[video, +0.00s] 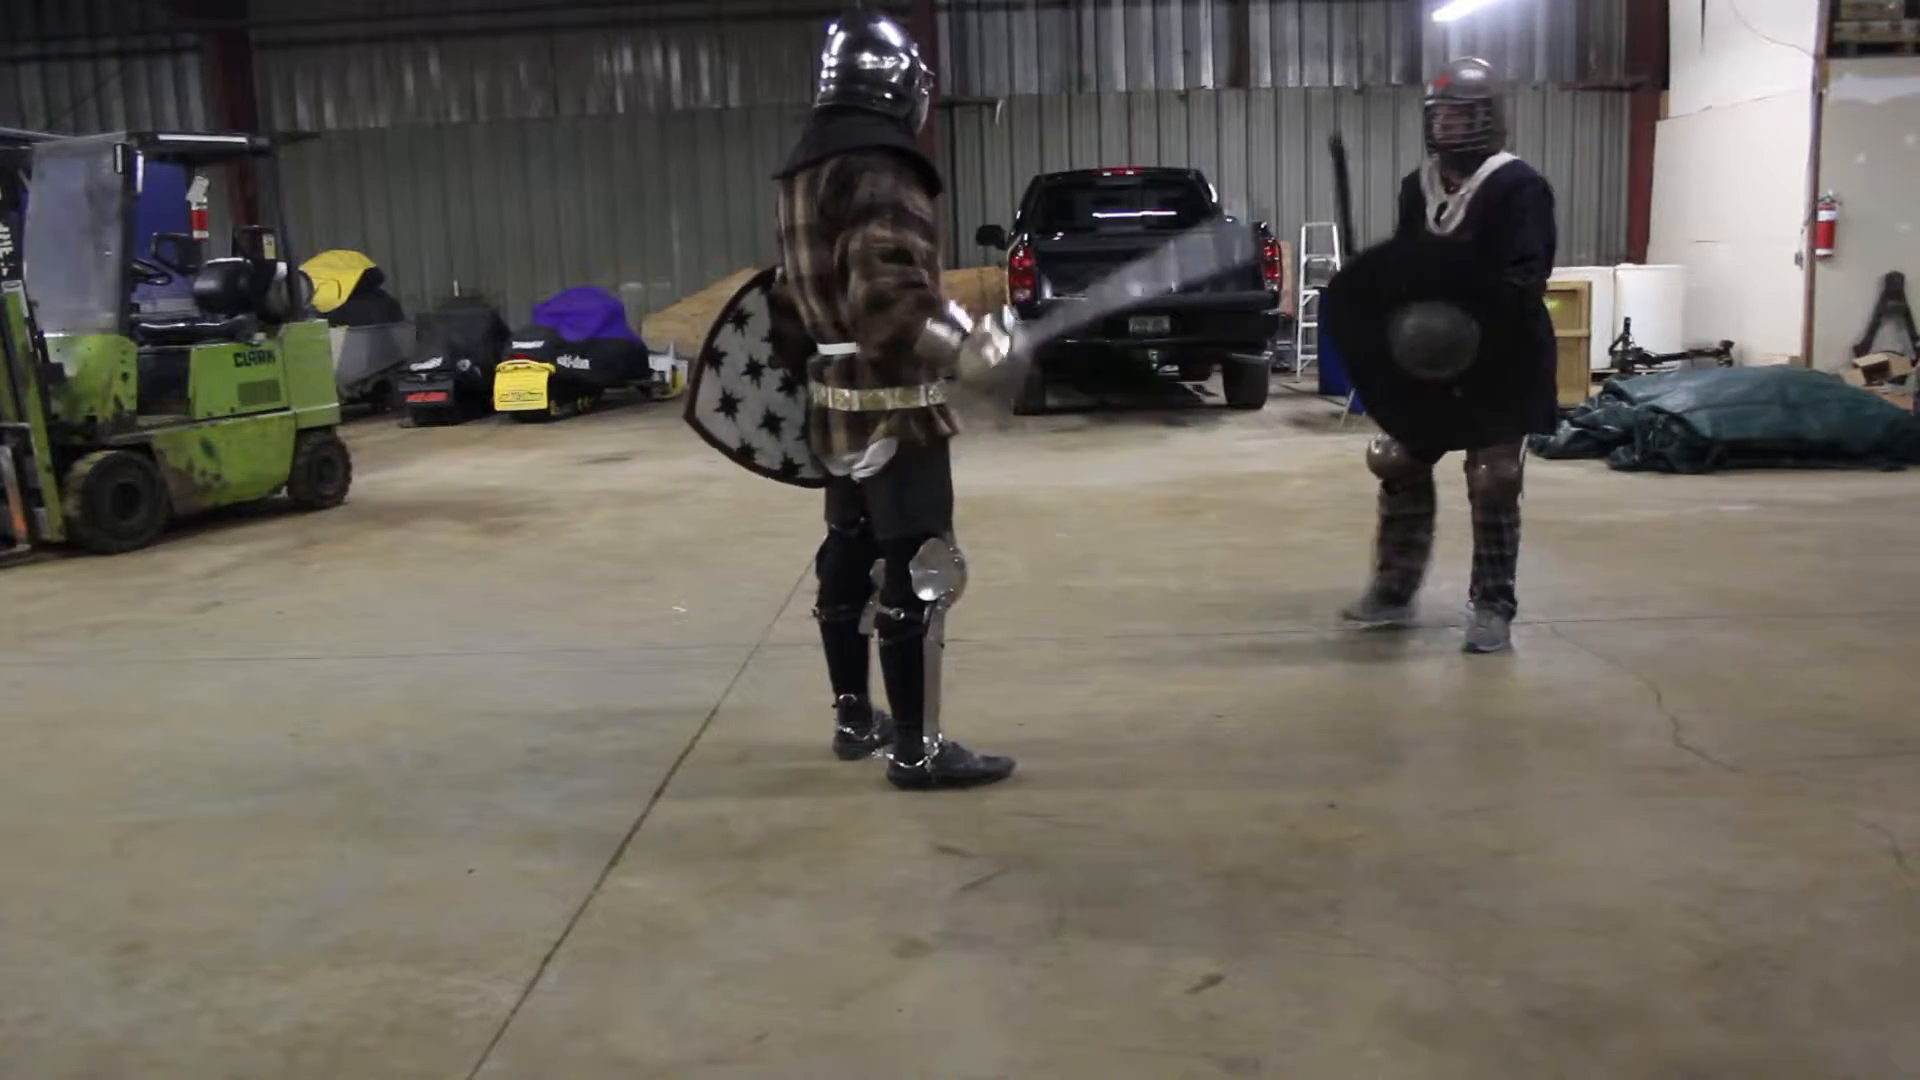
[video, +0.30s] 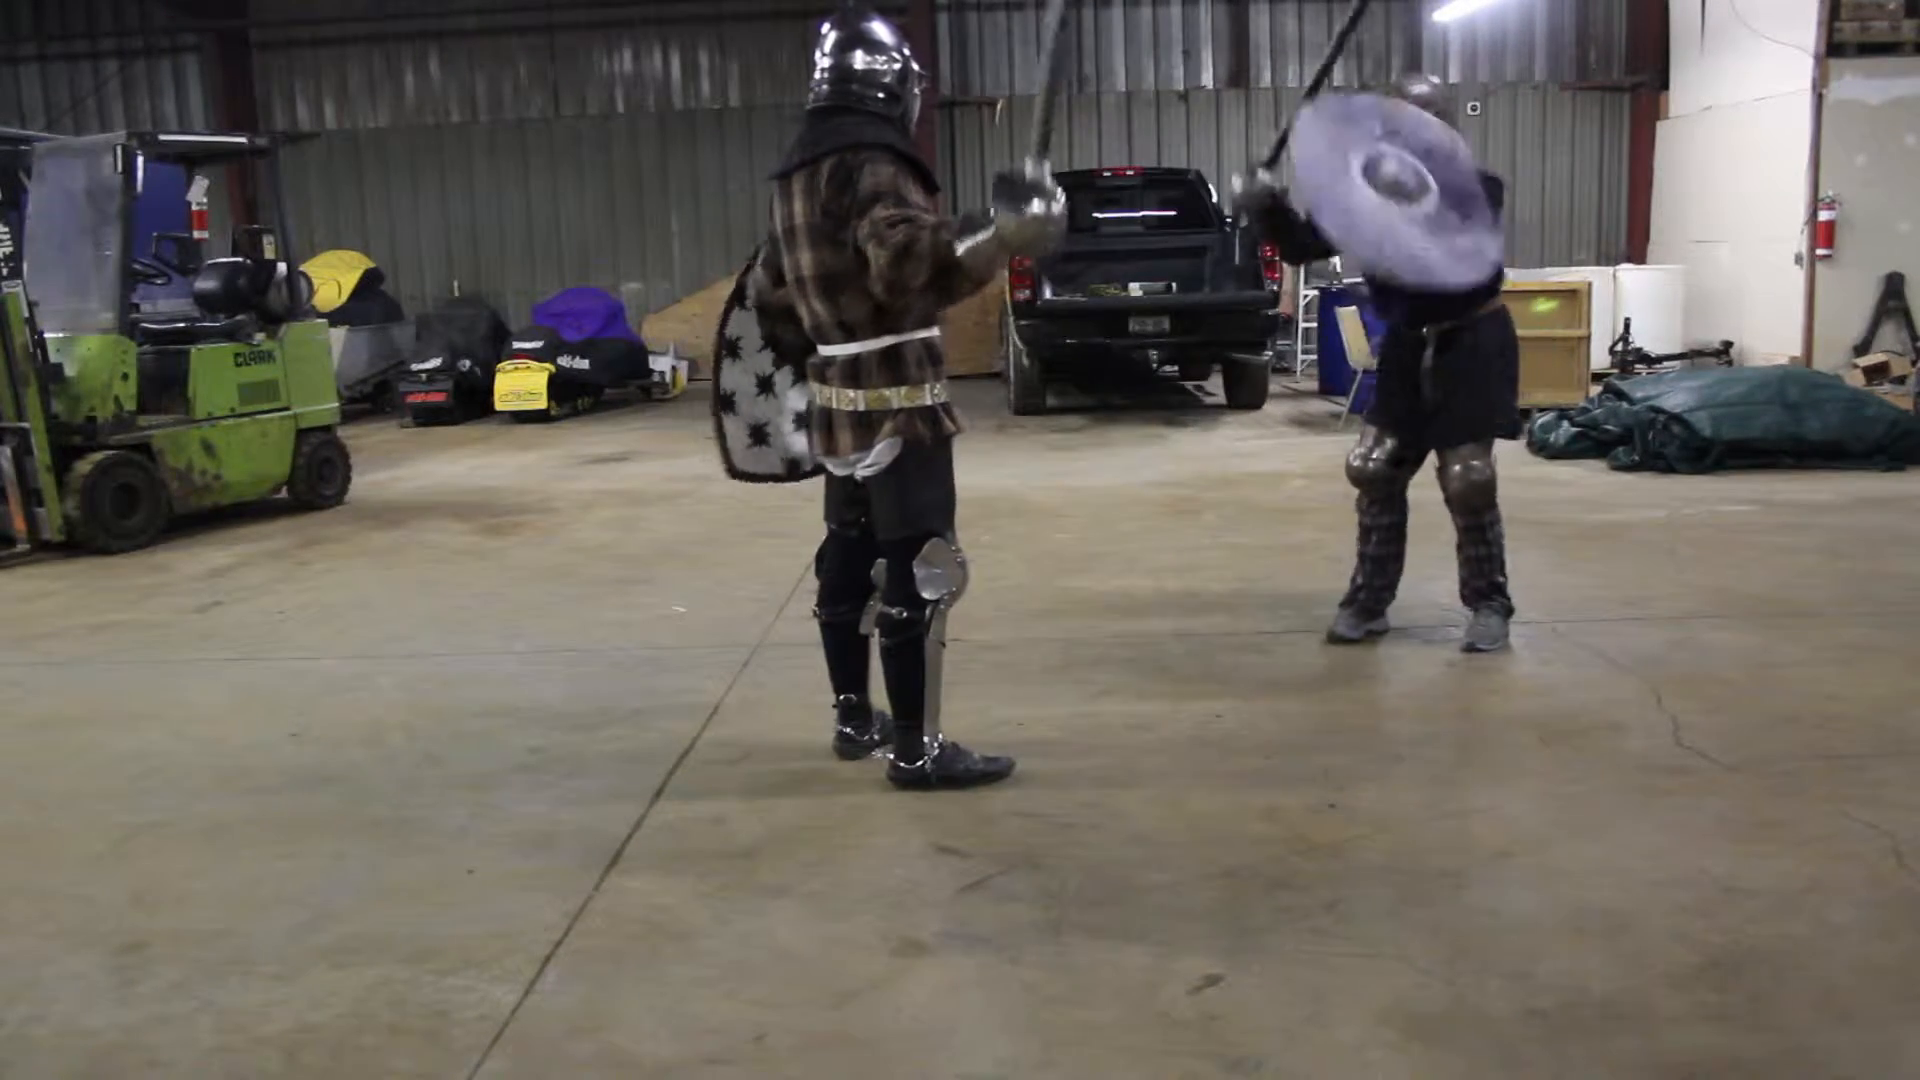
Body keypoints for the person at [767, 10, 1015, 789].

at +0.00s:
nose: (928, 111)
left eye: (926, 95)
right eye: (923, 95)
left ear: (841, 86)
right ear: (900, 92)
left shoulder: (803, 167)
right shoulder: (882, 169)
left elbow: (792, 301)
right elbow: (887, 305)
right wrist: (964, 344)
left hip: (833, 405)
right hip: (893, 406)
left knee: (850, 549)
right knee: (916, 566)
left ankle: (854, 716)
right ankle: (917, 742)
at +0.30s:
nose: (916, 104)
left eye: (913, 89)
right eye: (910, 89)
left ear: (829, 85)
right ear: (888, 89)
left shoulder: (797, 173)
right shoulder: (872, 165)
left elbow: (768, 294)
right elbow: (909, 274)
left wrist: (818, 360)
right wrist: (1004, 238)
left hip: (838, 405)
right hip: (900, 405)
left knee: (848, 552)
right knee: (916, 565)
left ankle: (855, 716)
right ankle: (918, 744)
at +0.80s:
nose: (906, 95)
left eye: (902, 82)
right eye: (900, 82)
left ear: (816, 82)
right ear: (885, 83)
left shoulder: (785, 176)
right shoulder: (876, 166)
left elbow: (765, 267)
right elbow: (946, 203)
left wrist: (817, 326)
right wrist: (1012, 116)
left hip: (840, 403)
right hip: (909, 404)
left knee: (850, 553)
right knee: (921, 567)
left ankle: (855, 716)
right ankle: (919, 745)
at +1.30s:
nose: (905, 92)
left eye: (901, 77)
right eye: (897, 78)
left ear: (811, 84)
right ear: (881, 82)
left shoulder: (790, 180)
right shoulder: (883, 166)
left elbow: (781, 259)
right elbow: (974, 171)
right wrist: (1000, 60)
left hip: (845, 402)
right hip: (912, 403)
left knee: (854, 555)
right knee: (923, 569)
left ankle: (856, 716)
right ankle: (918, 745)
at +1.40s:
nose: (906, 94)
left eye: (908, 79)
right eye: (900, 78)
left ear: (816, 84)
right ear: (880, 83)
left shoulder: (790, 178)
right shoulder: (885, 166)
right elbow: (986, 152)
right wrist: (985, 52)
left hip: (846, 398)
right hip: (911, 399)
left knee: (856, 551)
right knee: (925, 568)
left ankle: (855, 715)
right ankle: (918, 745)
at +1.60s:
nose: (903, 99)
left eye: (904, 84)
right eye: (899, 83)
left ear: (821, 82)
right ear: (882, 86)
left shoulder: (789, 173)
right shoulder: (885, 164)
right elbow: (982, 150)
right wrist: (969, 46)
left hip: (846, 398)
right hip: (912, 398)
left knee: (856, 550)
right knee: (925, 566)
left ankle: (854, 716)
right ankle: (917, 744)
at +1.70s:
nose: (903, 87)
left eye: (900, 68)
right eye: (899, 70)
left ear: (823, 75)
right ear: (885, 77)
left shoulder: (790, 170)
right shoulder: (883, 159)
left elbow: (794, 263)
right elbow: (979, 153)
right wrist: (948, 60)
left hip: (846, 398)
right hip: (913, 398)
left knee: (857, 550)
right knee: (924, 567)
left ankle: (854, 715)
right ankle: (918, 745)